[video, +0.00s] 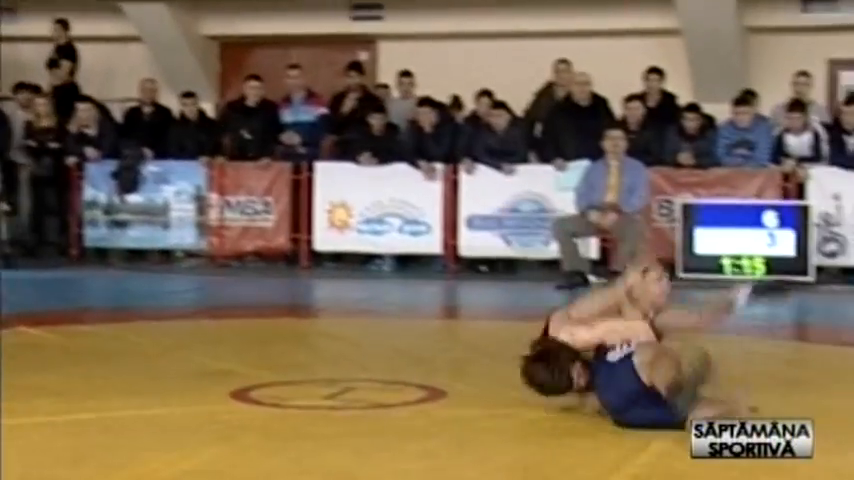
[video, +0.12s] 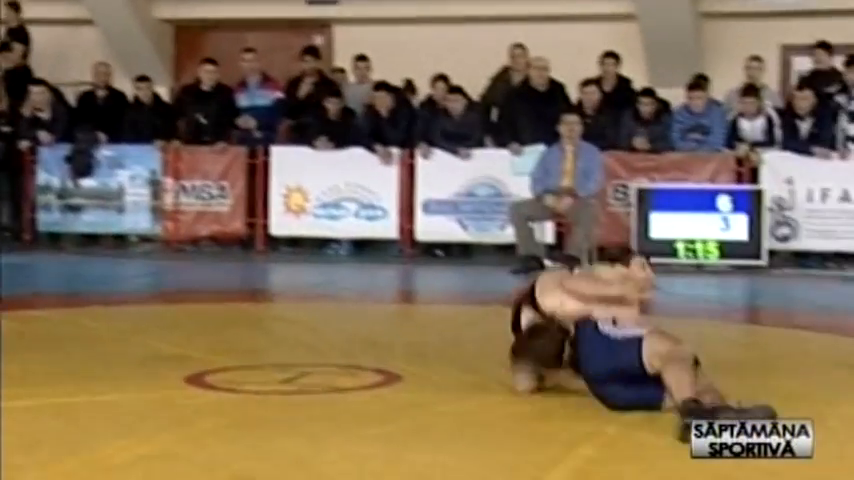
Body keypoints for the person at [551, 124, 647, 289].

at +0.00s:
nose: (615, 144)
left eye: (619, 140)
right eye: (610, 140)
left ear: (626, 144)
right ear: (603, 144)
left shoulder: (636, 168)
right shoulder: (594, 168)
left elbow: (640, 197)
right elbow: (582, 193)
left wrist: (619, 212)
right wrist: (589, 212)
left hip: (621, 214)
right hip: (596, 213)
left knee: (634, 229)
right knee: (562, 226)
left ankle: (619, 272)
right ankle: (574, 271)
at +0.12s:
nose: (571, 129)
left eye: (575, 125)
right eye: (566, 125)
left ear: (581, 129)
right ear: (559, 128)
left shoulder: (591, 152)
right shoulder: (551, 152)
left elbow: (597, 181)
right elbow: (537, 178)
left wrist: (575, 197)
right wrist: (545, 196)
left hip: (577, 198)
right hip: (552, 197)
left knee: (588, 212)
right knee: (518, 210)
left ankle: (574, 256)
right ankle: (530, 255)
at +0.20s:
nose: (545, 116)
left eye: (550, 111)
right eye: (541, 111)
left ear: (556, 115)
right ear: (534, 115)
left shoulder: (565, 139)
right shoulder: (525, 139)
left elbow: (571, 167)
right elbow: (512, 164)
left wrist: (550, 182)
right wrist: (519, 182)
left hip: (551, 184)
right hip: (527, 182)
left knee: (560, 200)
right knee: (492, 196)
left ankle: (547, 247)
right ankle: (503, 241)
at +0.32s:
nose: (513, 95)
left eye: (517, 91)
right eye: (509, 91)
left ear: (523, 95)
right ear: (502, 95)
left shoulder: (533, 119)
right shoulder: (493, 119)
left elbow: (538, 148)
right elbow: (479, 144)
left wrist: (518, 161)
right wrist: (487, 161)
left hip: (518, 164)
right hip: (494, 163)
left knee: (528, 179)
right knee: (460, 174)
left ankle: (511, 225)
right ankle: (469, 221)